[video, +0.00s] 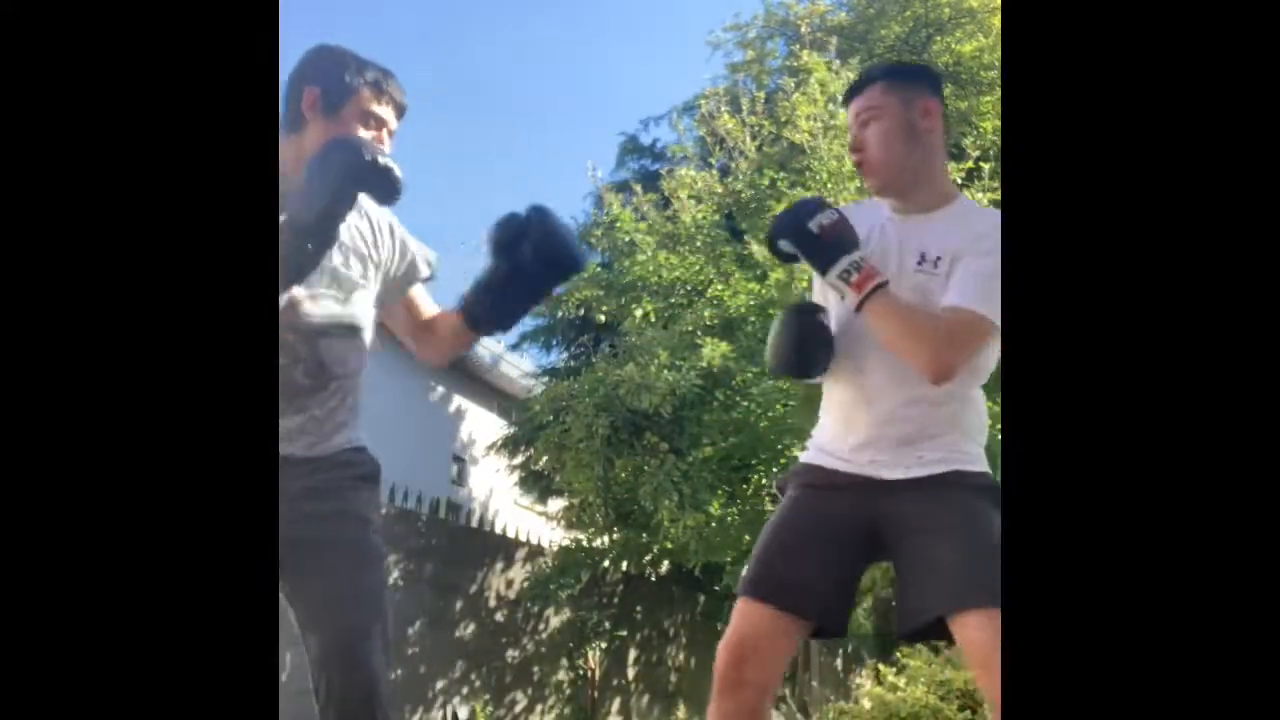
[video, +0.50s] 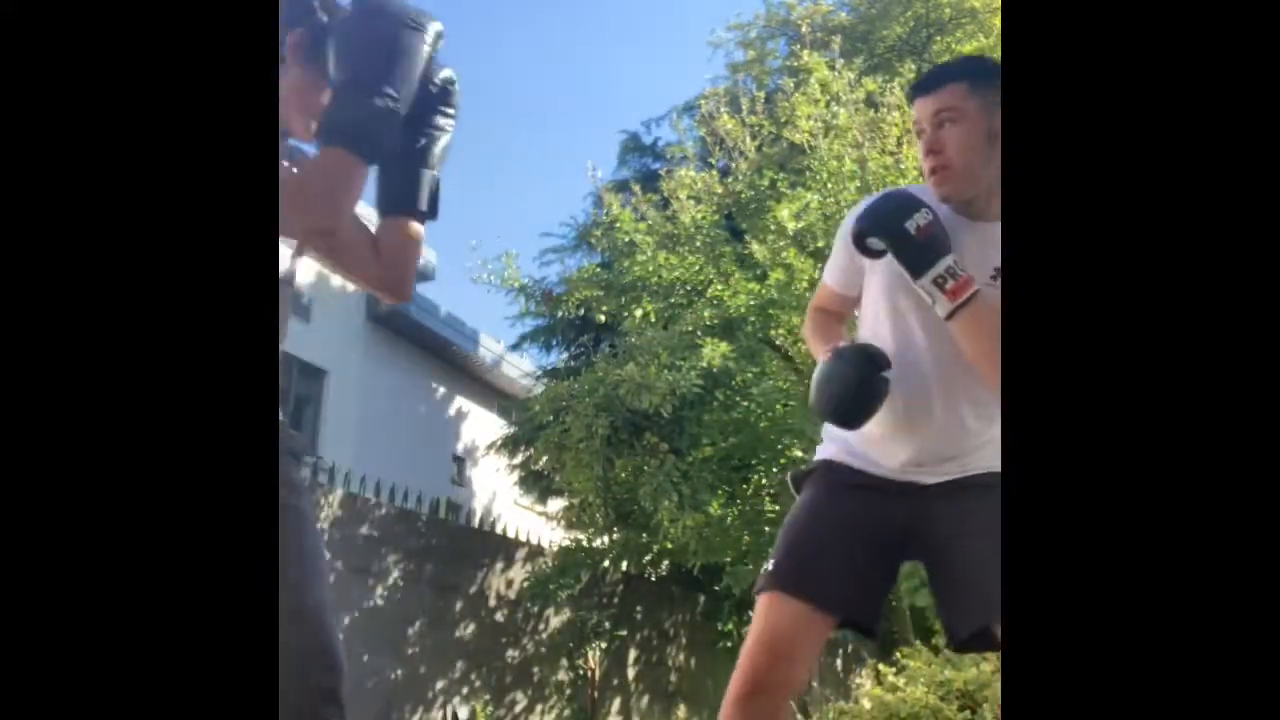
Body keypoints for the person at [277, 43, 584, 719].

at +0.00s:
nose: (385, 147)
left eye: (391, 135)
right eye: (374, 125)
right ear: (313, 103)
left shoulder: (374, 227)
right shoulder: (284, 206)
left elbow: (431, 340)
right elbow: (284, 294)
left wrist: (511, 285)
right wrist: (310, 217)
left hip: (324, 474)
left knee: (356, 683)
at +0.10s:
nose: (347, 128)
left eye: (355, 117)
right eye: (335, 107)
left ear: (353, 123)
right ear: (286, 98)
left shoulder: (338, 215)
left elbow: (361, 344)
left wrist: (433, 293)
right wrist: (295, 173)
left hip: (311, 462)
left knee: (350, 690)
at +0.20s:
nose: (319, 126)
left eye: (325, 115)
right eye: (308, 103)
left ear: (325, 121)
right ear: (277, 86)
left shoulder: (297, 225)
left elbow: (331, 334)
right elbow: (330, 333)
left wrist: (403, 266)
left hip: (288, 454)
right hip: (289, 454)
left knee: (342, 684)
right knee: (337, 683)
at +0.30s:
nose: (307, 116)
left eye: (313, 98)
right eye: (302, 93)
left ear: (308, 109)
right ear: (277, 95)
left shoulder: (291, 197)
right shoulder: (286, 197)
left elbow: (332, 315)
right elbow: (332, 314)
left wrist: (381, 205)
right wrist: (385, 206)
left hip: (281, 446)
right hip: (282, 448)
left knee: (337, 664)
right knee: (336, 665)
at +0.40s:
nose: (352, 77)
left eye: (356, 65)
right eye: (343, 59)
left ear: (326, 82)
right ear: (299, 64)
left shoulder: (292, 178)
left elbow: (359, 282)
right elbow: (359, 280)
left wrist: (382, 161)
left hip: (282, 432)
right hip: (281, 435)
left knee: (321, 650)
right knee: (318, 652)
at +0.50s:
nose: (329, 95)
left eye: (332, 80)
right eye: (320, 71)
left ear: (327, 75)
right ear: (289, 52)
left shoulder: (299, 179)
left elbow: (393, 278)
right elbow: (316, 215)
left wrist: (414, 159)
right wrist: (368, 101)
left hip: (285, 438)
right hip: (282, 436)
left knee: (311, 657)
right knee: (305, 660)